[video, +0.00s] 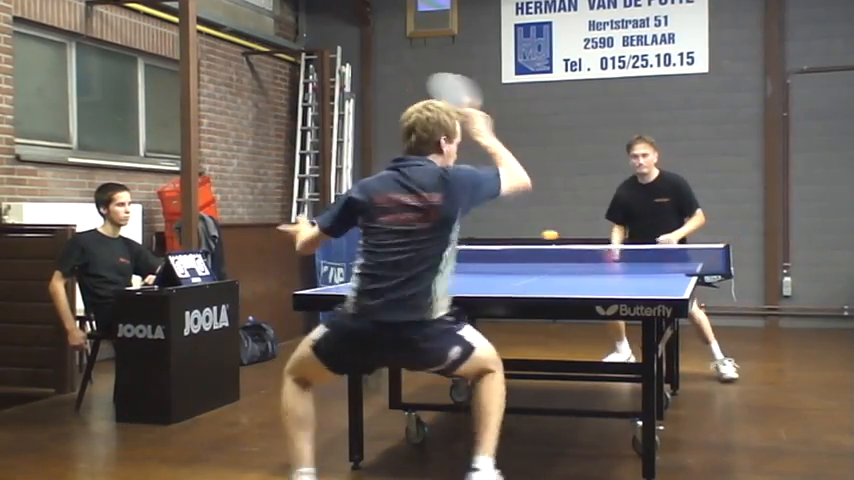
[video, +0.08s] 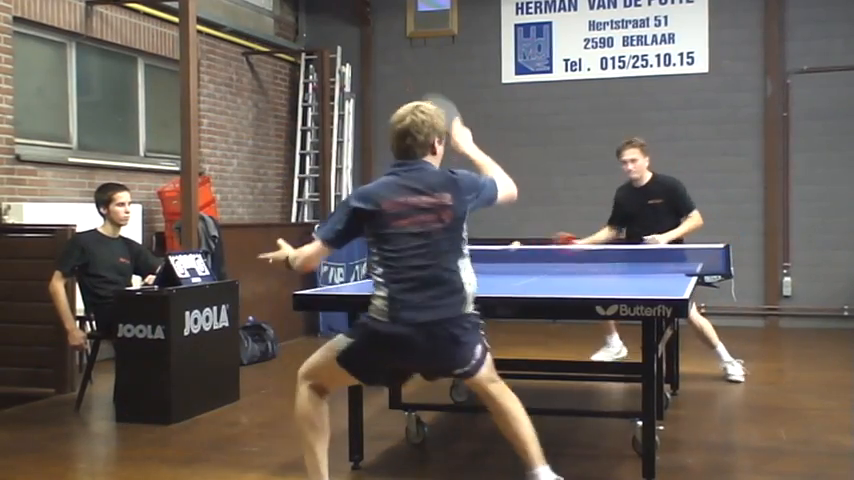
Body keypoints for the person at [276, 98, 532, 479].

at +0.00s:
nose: (457, 150)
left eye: (457, 142)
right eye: (456, 142)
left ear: (410, 140)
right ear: (442, 143)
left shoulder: (367, 189)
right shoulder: (454, 182)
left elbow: (306, 243)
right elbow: (520, 179)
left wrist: (302, 230)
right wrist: (485, 135)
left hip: (359, 326)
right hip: (422, 329)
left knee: (297, 378)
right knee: (490, 369)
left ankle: (303, 473)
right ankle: (483, 467)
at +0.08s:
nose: (445, 144)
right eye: (443, 139)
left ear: (395, 146)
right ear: (435, 146)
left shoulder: (369, 197)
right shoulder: (458, 184)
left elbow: (306, 262)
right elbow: (508, 189)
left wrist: (291, 255)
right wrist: (469, 147)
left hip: (389, 333)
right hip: (454, 332)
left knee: (311, 381)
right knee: (493, 388)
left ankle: (318, 475)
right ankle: (542, 470)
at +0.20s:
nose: (438, 143)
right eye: (436, 138)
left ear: (389, 146)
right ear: (434, 146)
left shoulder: (373, 198)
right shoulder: (460, 191)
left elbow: (310, 265)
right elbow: (506, 229)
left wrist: (289, 257)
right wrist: (474, 182)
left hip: (401, 333)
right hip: (464, 333)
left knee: (306, 377)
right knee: (490, 392)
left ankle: (317, 474)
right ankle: (550, 470)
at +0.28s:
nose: (436, 125)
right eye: (436, 121)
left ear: (392, 127)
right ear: (436, 129)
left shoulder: (363, 175)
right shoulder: (457, 176)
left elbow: (305, 233)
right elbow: (502, 231)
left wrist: (286, 233)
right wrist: (480, 204)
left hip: (377, 316)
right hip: (443, 317)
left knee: (296, 377)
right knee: (492, 389)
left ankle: (316, 474)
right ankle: (547, 471)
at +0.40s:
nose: (447, 115)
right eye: (446, 109)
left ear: (396, 112)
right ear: (442, 117)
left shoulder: (357, 156)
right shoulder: (450, 167)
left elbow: (289, 208)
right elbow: (492, 249)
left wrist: (297, 216)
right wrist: (512, 224)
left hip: (339, 293)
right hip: (405, 297)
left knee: (283, 375)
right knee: (478, 380)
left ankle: (287, 474)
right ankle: (506, 476)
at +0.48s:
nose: (448, 127)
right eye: (447, 120)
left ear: (397, 121)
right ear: (442, 127)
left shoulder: (356, 165)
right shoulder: (442, 184)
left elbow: (286, 217)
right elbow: (473, 274)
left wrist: (327, 219)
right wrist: (523, 274)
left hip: (320, 312)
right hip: (384, 317)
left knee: (273, 394)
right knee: (473, 392)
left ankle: (236, 475)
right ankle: (483, 476)